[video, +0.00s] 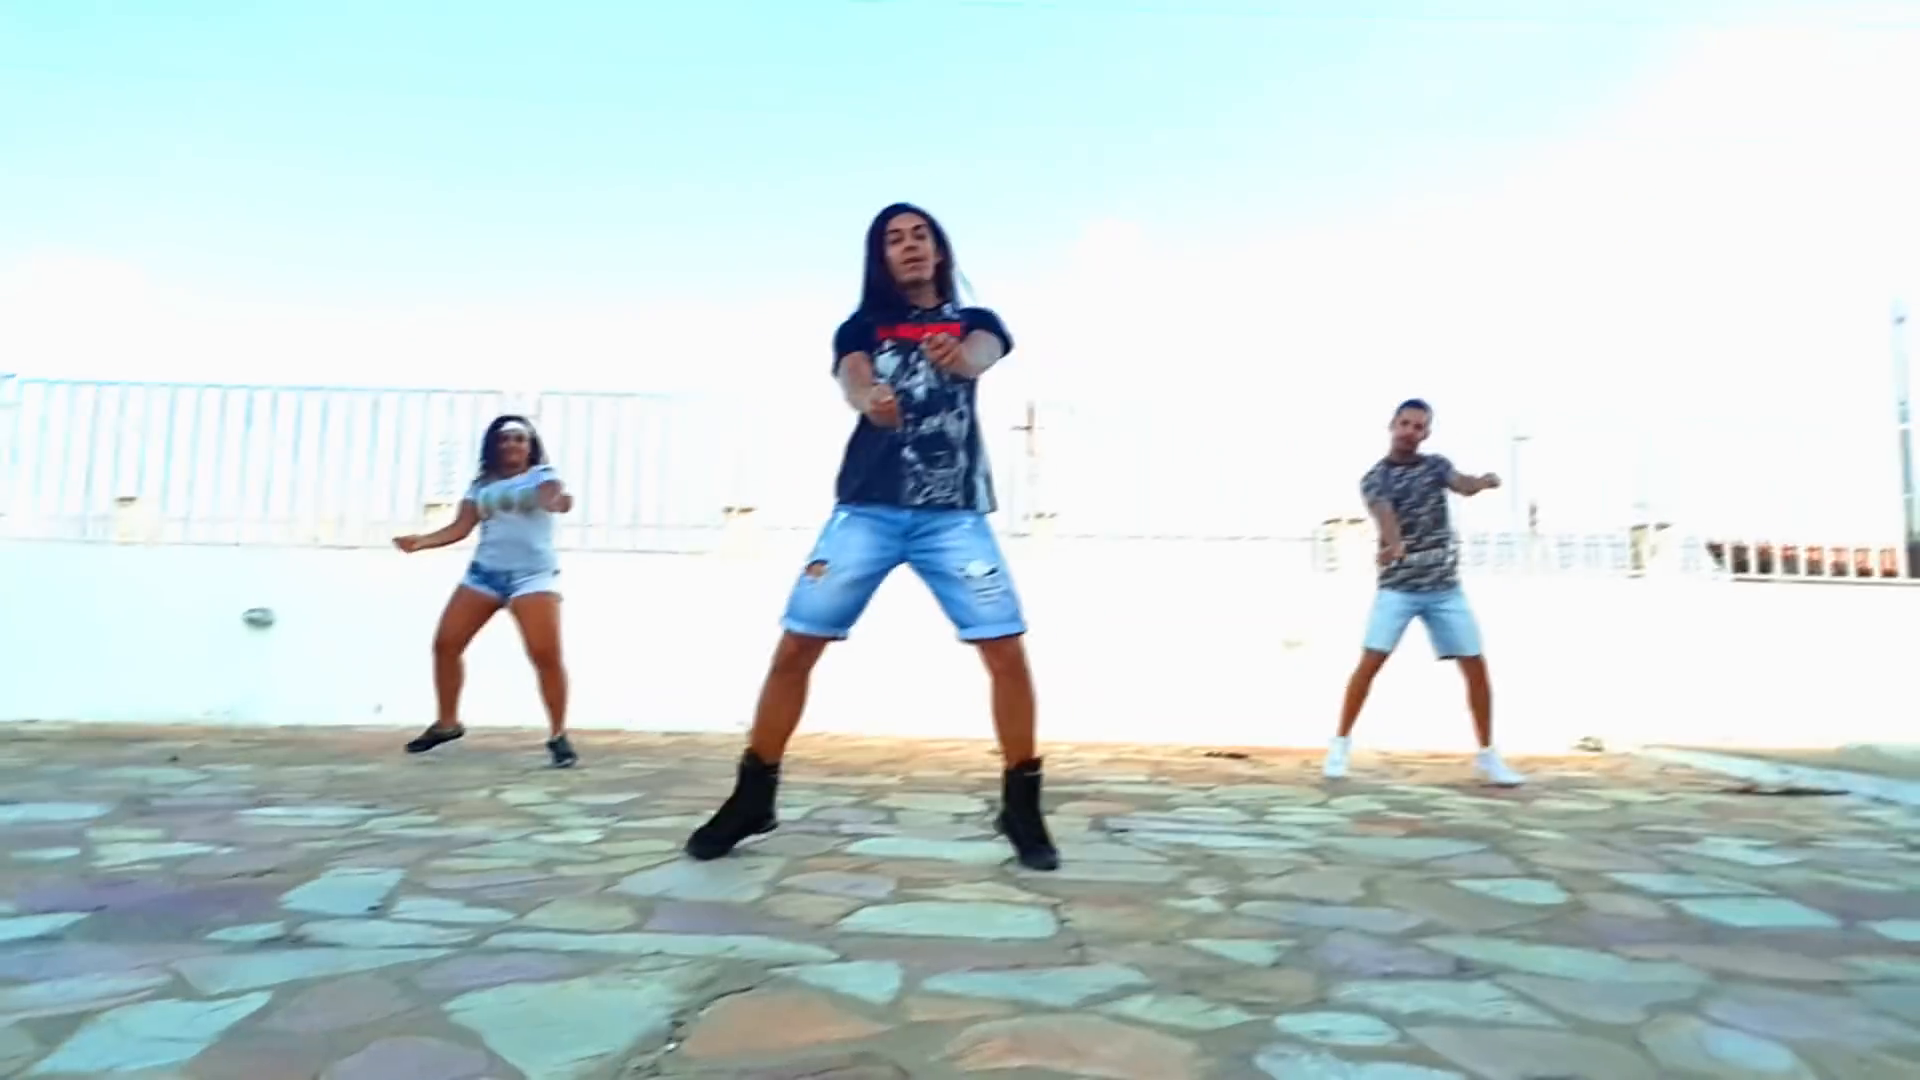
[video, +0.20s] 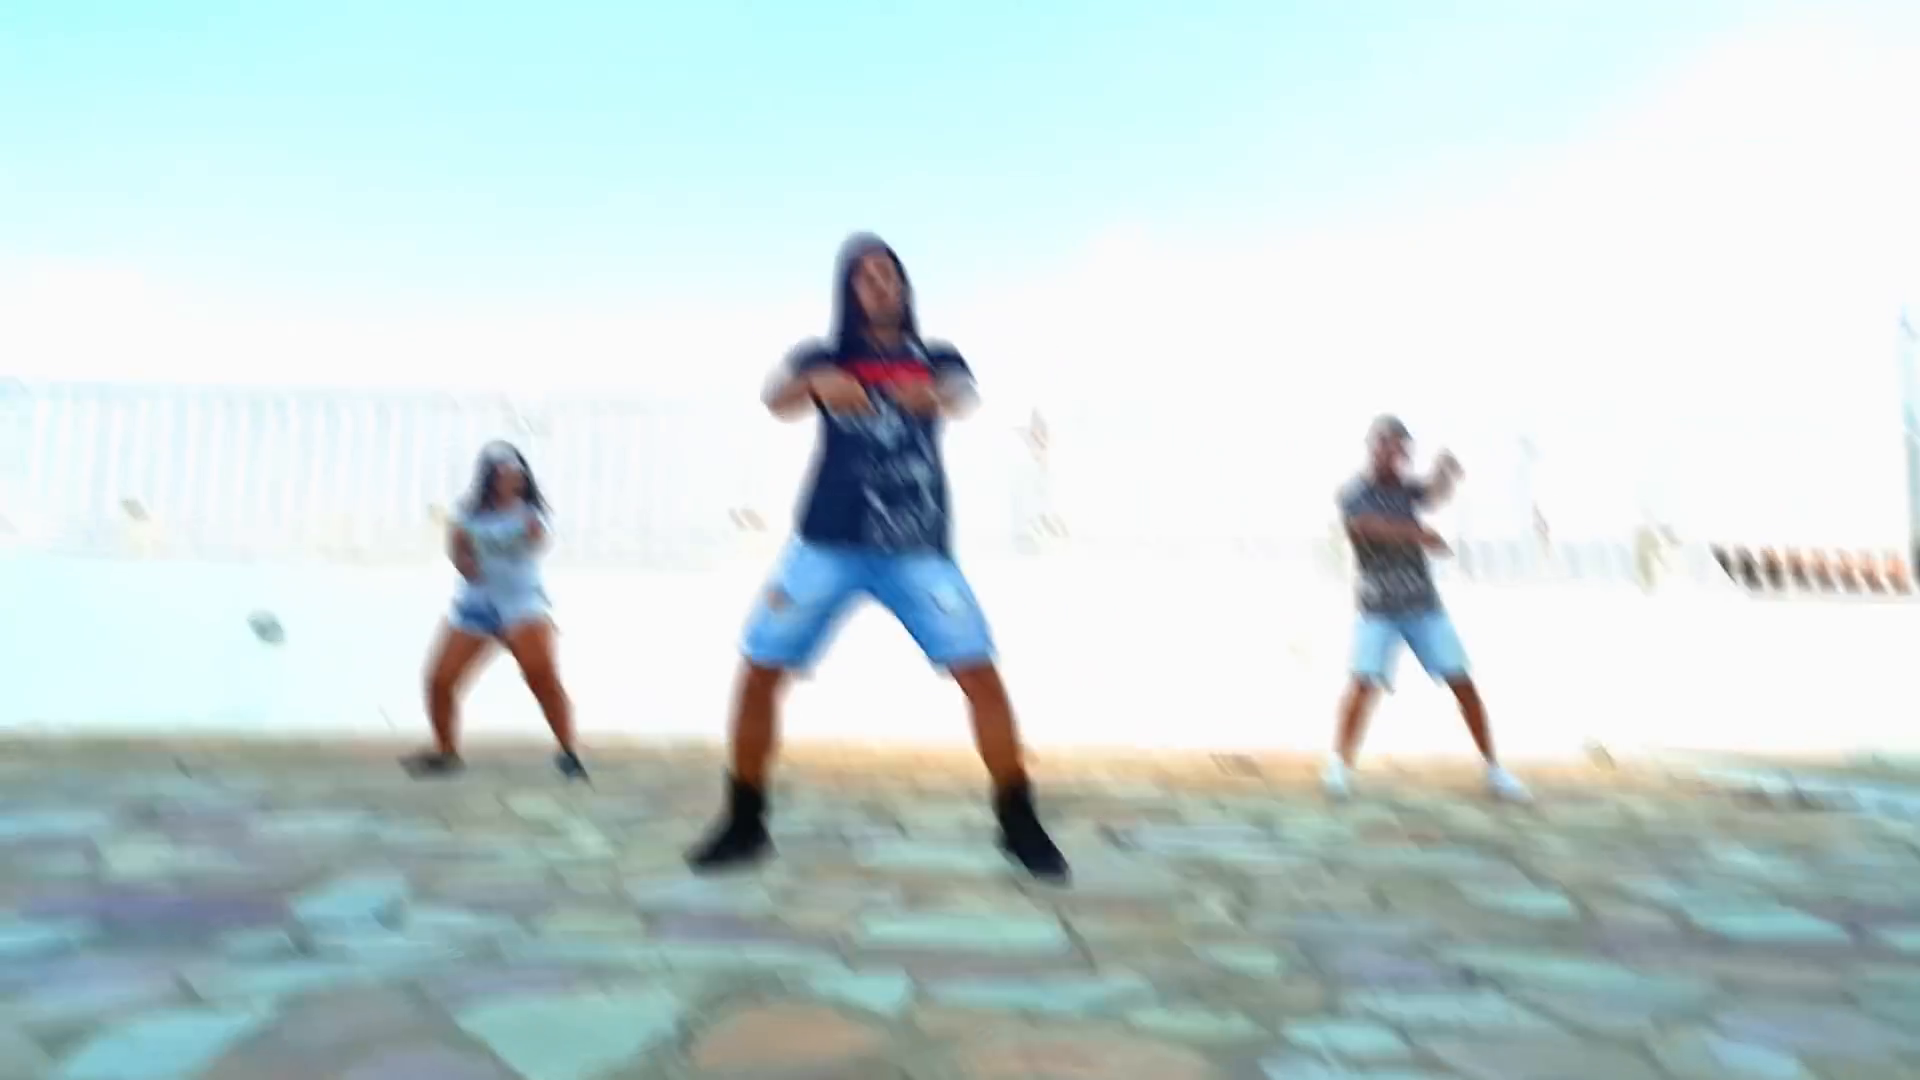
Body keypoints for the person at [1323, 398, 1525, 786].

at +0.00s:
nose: (1411, 432)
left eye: (1419, 428)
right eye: (1406, 424)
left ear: (1427, 434)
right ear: (1392, 425)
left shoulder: (1435, 466)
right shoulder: (1375, 479)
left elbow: (1461, 484)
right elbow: (1384, 516)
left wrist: (1483, 483)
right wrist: (1393, 543)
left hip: (1444, 588)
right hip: (1397, 589)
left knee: (1474, 663)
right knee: (1370, 662)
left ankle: (1487, 752)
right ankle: (1340, 742)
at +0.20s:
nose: (1395, 455)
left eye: (1400, 448)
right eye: (1388, 447)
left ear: (1404, 451)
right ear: (1372, 448)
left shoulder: (1404, 490)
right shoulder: (1354, 494)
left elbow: (1434, 495)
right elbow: (1366, 528)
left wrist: (1444, 472)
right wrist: (1417, 534)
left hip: (1422, 605)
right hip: (1378, 608)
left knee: (1462, 682)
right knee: (1364, 682)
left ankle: (1493, 766)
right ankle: (1341, 763)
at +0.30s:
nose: (1371, 416)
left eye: (1378, 411)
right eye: (1365, 409)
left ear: (1384, 417)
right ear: (1353, 412)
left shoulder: (1391, 451)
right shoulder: (1337, 459)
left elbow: (1410, 454)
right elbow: (1353, 484)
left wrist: (1424, 438)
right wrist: (1377, 497)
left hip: (1401, 569)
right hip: (1357, 573)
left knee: (1435, 646)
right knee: (1344, 649)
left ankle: (1455, 732)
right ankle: (1324, 733)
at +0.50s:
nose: (1337, 436)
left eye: (1344, 431)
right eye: (1331, 429)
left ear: (1352, 438)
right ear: (1319, 433)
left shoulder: (1359, 472)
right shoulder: (1304, 480)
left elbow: (1378, 474)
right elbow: (1325, 504)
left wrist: (1385, 451)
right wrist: (1376, 508)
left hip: (1367, 593)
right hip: (1320, 593)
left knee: (1395, 671)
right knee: (1295, 664)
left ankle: (1398, 756)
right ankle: (1262, 749)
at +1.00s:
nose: (1272, 431)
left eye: (1280, 426)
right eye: (1267, 425)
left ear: (1292, 437)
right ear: (1259, 433)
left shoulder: (1300, 475)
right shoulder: (1245, 478)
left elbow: (1322, 482)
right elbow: (1263, 510)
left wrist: (1320, 454)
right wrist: (1325, 506)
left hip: (1301, 596)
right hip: (1255, 596)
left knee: (1332, 670)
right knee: (1235, 670)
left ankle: (1337, 754)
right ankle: (1214, 749)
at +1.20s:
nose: (1270, 417)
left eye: (1278, 412)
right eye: (1266, 411)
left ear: (1290, 423)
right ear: (1258, 420)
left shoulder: (1303, 464)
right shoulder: (1241, 469)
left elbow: (1335, 480)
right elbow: (1225, 516)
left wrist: (1358, 472)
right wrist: (1267, 528)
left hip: (1304, 582)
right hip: (1258, 584)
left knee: (1335, 655)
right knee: (1240, 659)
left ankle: (1344, 744)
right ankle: (1217, 744)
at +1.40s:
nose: (1285, 412)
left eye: (1294, 408)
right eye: (1281, 407)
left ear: (1308, 420)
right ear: (1274, 417)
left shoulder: (1322, 464)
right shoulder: (1256, 462)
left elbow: (1351, 508)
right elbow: (1209, 487)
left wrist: (1378, 537)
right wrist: (1213, 505)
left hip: (1315, 582)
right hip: (1268, 582)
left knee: (1350, 653)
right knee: (1255, 656)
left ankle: (1368, 743)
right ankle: (1237, 743)